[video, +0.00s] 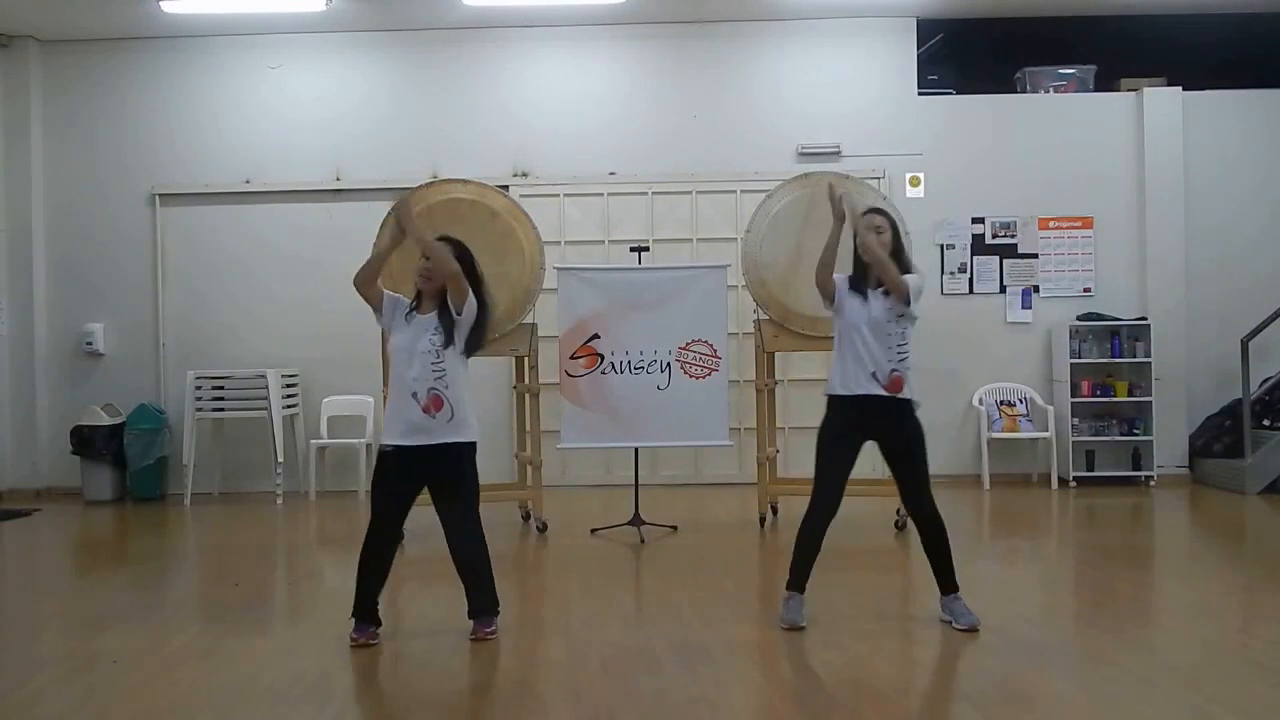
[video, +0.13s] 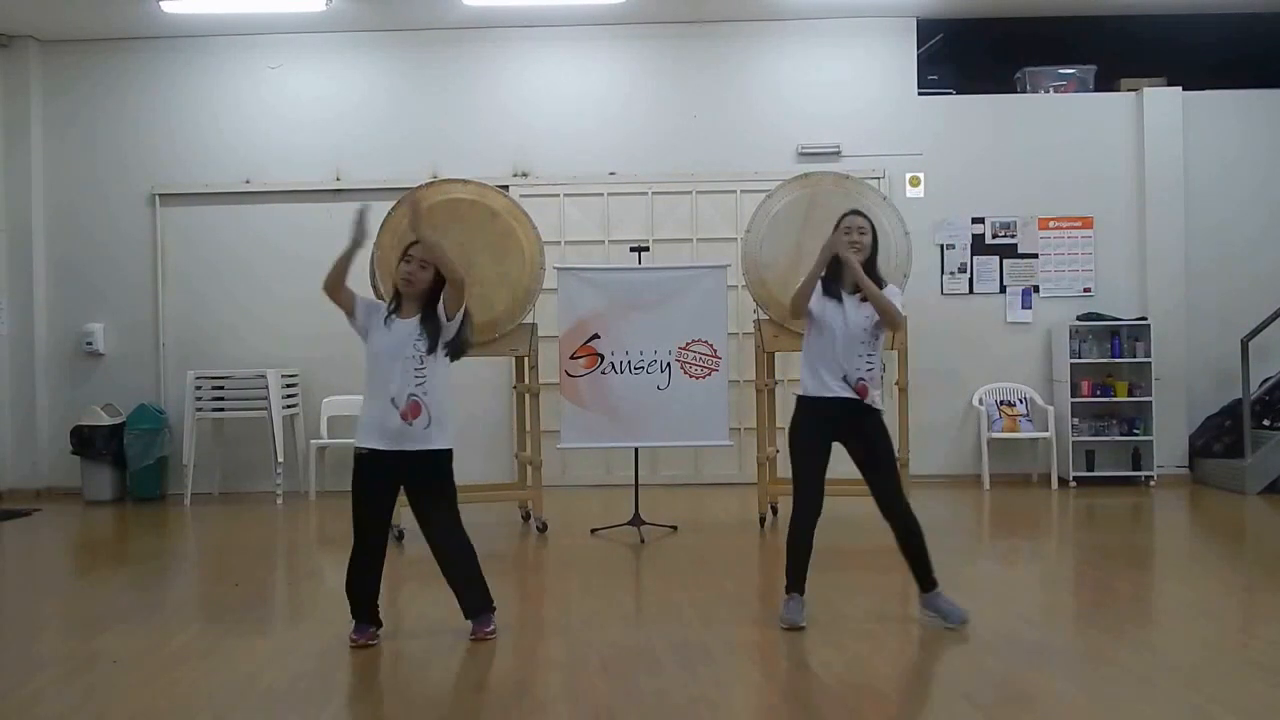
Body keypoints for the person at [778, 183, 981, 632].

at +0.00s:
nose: (872, 237)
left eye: (881, 230)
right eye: (865, 231)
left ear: (895, 241)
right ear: (857, 242)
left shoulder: (908, 284)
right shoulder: (843, 289)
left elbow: (897, 286)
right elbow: (822, 278)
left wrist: (871, 247)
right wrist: (838, 225)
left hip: (896, 411)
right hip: (845, 409)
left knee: (922, 506)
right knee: (823, 505)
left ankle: (951, 598)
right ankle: (794, 595)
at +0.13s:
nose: (855, 238)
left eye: (862, 232)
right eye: (848, 232)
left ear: (874, 243)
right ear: (835, 243)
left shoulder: (883, 293)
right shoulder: (818, 290)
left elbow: (896, 323)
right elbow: (796, 309)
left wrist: (859, 274)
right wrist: (823, 256)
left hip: (862, 412)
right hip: (814, 410)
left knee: (895, 506)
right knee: (806, 507)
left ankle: (930, 594)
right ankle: (794, 597)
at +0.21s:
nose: (845, 235)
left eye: (852, 229)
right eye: (836, 229)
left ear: (863, 241)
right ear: (823, 239)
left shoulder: (872, 298)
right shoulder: (803, 289)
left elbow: (906, 345)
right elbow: (768, 335)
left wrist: (890, 305)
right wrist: (786, 295)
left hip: (849, 409)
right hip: (801, 407)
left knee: (868, 504)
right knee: (800, 505)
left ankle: (879, 587)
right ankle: (793, 596)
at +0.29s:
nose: (840, 235)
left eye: (847, 229)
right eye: (831, 229)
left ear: (858, 239)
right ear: (818, 239)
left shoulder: (871, 295)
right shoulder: (795, 288)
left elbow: (901, 353)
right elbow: (762, 340)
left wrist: (915, 333)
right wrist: (760, 315)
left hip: (846, 409)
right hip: (798, 406)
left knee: (849, 506)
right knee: (799, 504)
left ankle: (839, 582)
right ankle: (793, 596)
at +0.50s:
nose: (836, 239)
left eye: (841, 233)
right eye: (827, 234)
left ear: (852, 243)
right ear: (812, 245)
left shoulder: (862, 300)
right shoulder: (792, 293)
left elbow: (896, 349)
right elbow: (761, 342)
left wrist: (941, 324)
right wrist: (748, 302)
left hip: (838, 415)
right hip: (795, 410)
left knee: (840, 516)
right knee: (800, 506)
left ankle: (808, 581)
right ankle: (792, 596)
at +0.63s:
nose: (841, 233)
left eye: (847, 227)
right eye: (832, 227)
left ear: (855, 240)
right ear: (816, 238)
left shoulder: (861, 295)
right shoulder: (800, 281)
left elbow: (910, 316)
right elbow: (779, 300)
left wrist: (939, 272)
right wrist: (782, 247)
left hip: (842, 406)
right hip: (800, 406)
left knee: (875, 496)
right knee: (804, 502)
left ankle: (844, 576)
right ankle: (793, 597)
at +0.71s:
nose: (845, 230)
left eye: (852, 225)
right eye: (836, 224)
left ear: (860, 236)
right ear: (822, 234)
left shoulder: (867, 289)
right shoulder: (810, 285)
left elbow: (918, 291)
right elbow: (808, 272)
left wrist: (933, 242)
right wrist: (817, 216)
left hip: (851, 402)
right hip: (809, 403)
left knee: (892, 492)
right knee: (808, 501)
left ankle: (893, 582)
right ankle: (793, 597)